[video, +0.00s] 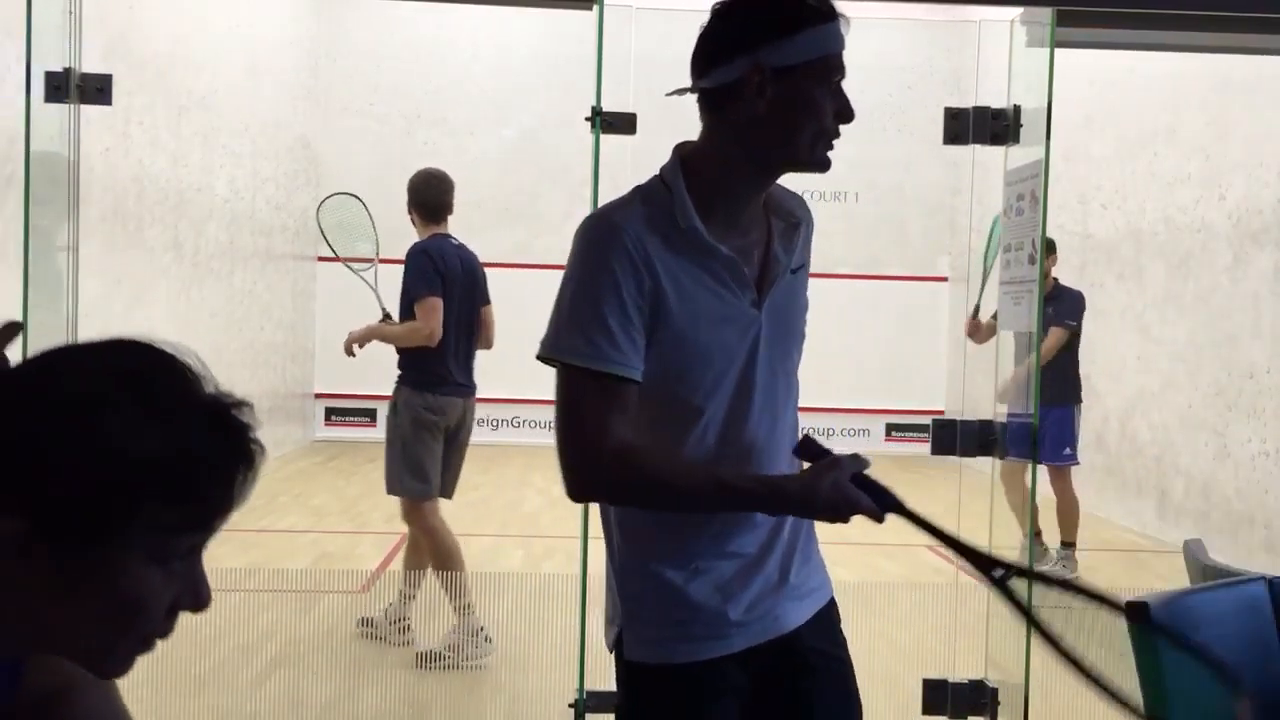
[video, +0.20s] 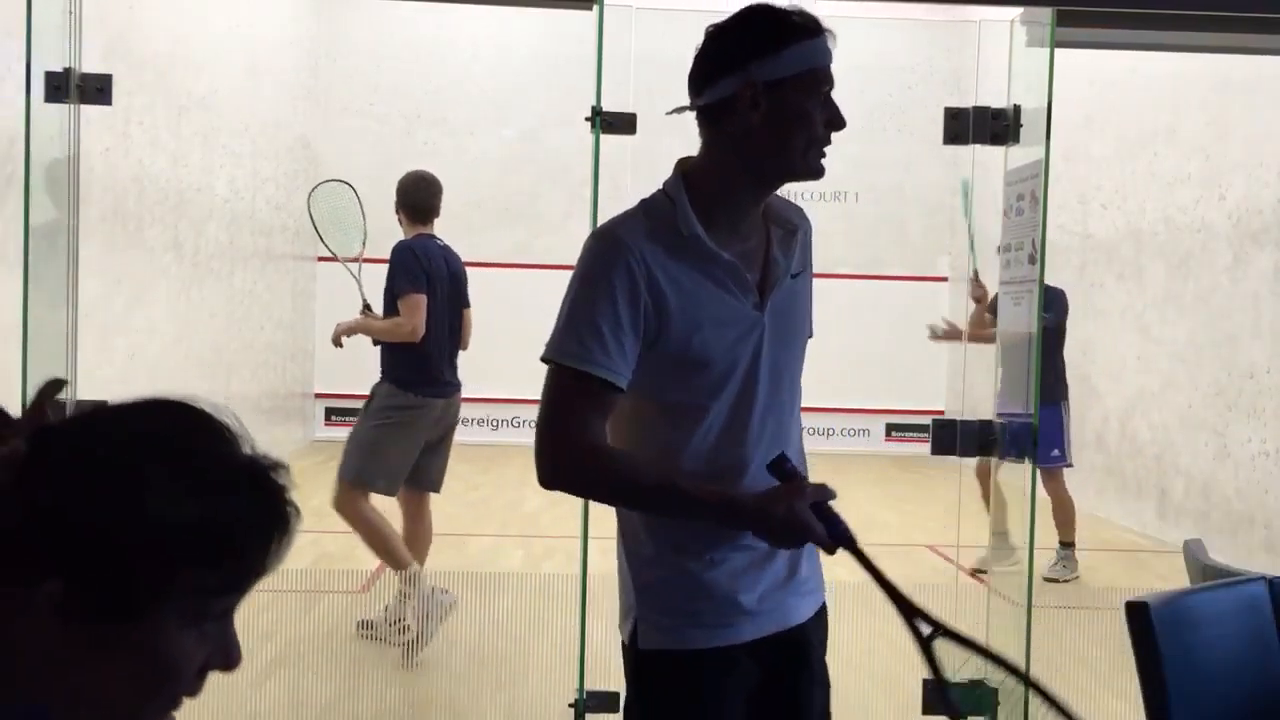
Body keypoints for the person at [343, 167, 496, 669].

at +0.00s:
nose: (409, 214)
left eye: (407, 207)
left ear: (411, 210)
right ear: (452, 207)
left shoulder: (423, 255)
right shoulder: (470, 260)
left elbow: (425, 330)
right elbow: (485, 337)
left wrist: (372, 332)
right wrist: (422, 330)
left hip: (421, 399)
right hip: (461, 401)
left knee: (422, 508)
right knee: (422, 508)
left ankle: (470, 626)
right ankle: (400, 615)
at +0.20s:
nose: (397, 214)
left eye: (396, 206)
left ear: (399, 209)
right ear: (438, 210)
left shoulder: (409, 252)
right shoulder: (452, 259)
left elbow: (409, 327)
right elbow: (462, 338)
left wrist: (360, 325)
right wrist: (392, 323)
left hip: (402, 398)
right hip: (444, 401)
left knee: (348, 498)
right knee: (415, 498)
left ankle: (423, 592)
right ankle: (403, 610)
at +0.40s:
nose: (386, 212)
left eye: (384, 204)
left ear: (386, 207)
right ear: (425, 207)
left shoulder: (391, 248)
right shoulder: (442, 258)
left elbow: (390, 320)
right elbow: (448, 331)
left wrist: (346, 322)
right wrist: (376, 316)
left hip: (388, 393)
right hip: (432, 395)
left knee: (344, 492)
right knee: (410, 495)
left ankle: (358, 615)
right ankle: (401, 616)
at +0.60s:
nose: (372, 212)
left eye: (370, 205)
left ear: (371, 207)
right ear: (410, 209)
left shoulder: (373, 246)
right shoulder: (428, 258)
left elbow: (372, 316)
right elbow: (439, 333)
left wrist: (332, 321)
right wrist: (388, 320)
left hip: (376, 393)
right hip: (422, 394)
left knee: (336, 491)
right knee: (404, 493)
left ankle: (341, 612)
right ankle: (401, 614)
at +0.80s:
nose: (351, 214)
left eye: (347, 206)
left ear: (349, 208)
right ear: (389, 208)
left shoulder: (355, 248)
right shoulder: (411, 257)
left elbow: (356, 320)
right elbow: (431, 330)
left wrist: (313, 325)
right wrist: (380, 328)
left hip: (359, 393)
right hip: (405, 396)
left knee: (311, 490)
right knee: (395, 494)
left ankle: (314, 616)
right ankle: (399, 617)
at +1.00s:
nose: (323, 212)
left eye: (320, 205)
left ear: (322, 207)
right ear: (362, 206)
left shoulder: (330, 250)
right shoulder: (383, 256)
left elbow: (336, 323)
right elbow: (407, 327)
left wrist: (287, 327)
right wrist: (355, 334)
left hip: (335, 395)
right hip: (378, 397)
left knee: (294, 497)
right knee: (374, 493)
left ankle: (295, 625)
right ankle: (396, 613)